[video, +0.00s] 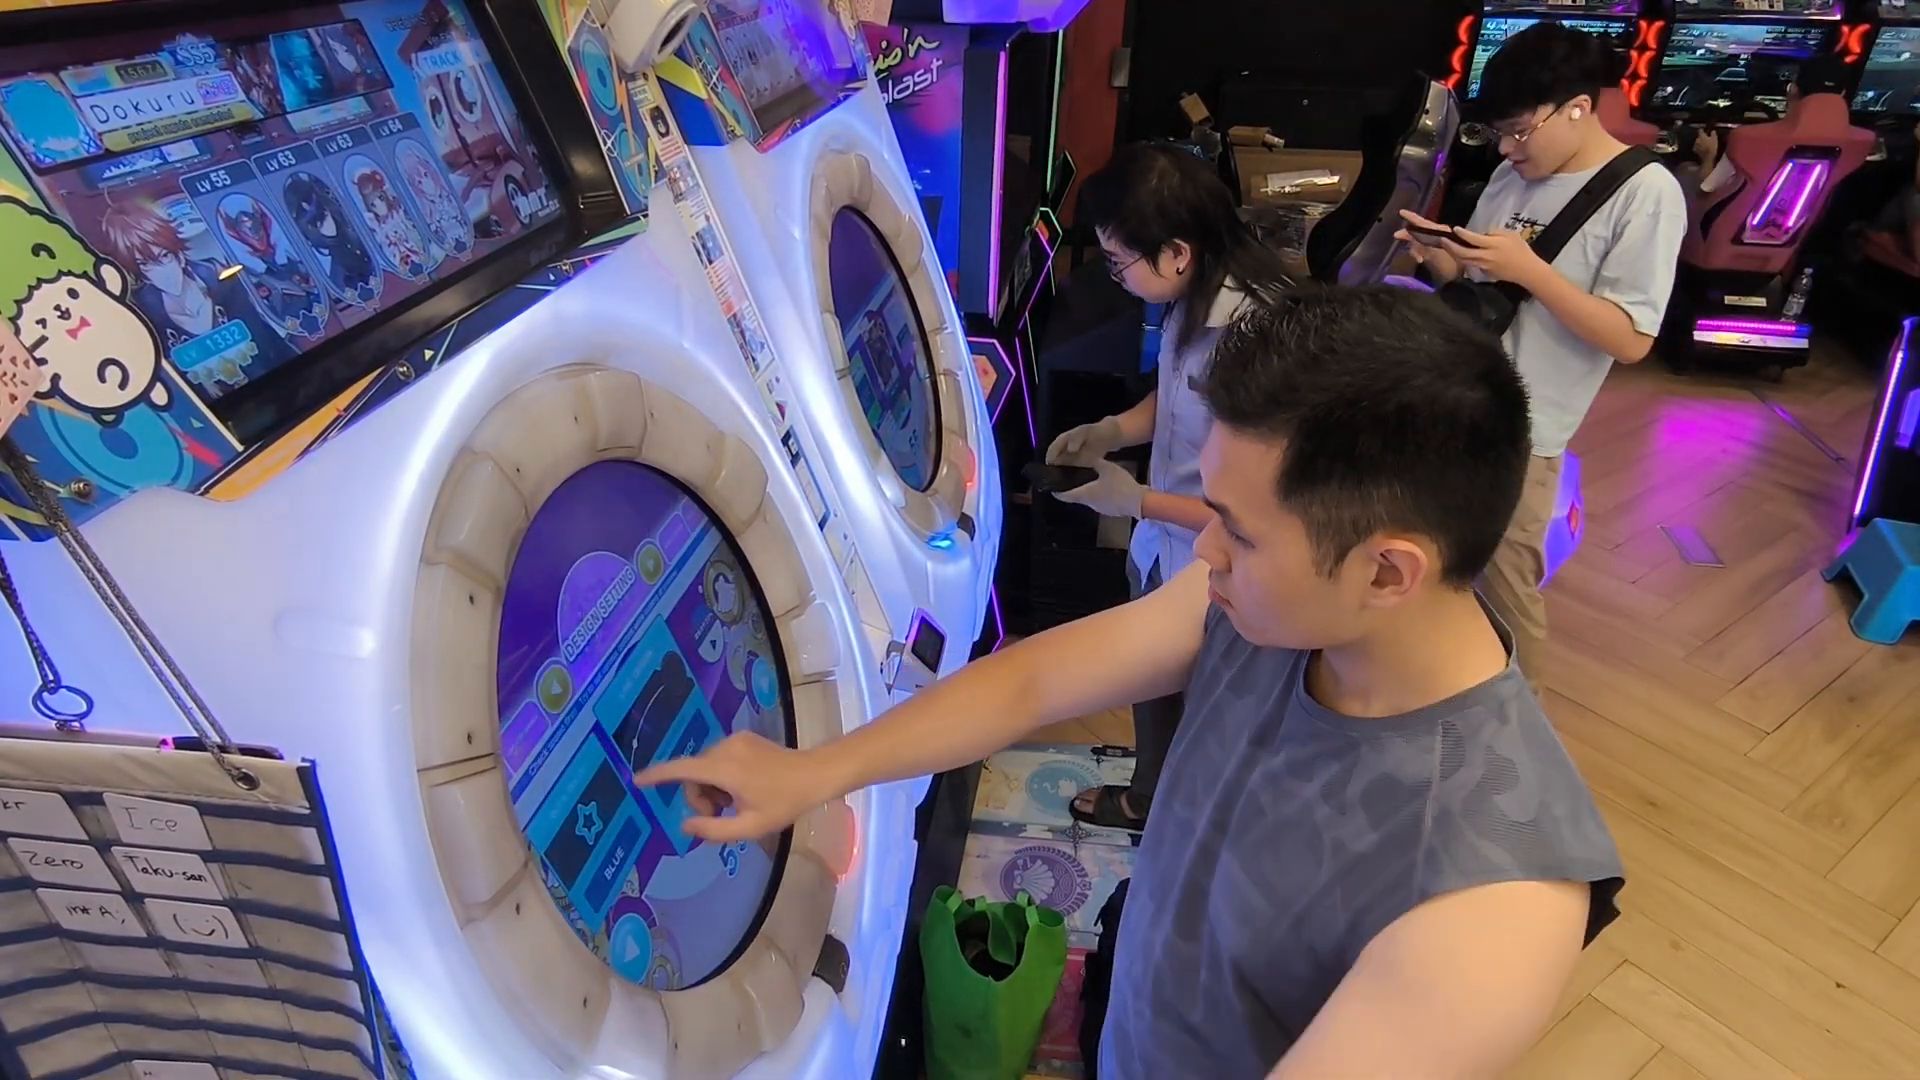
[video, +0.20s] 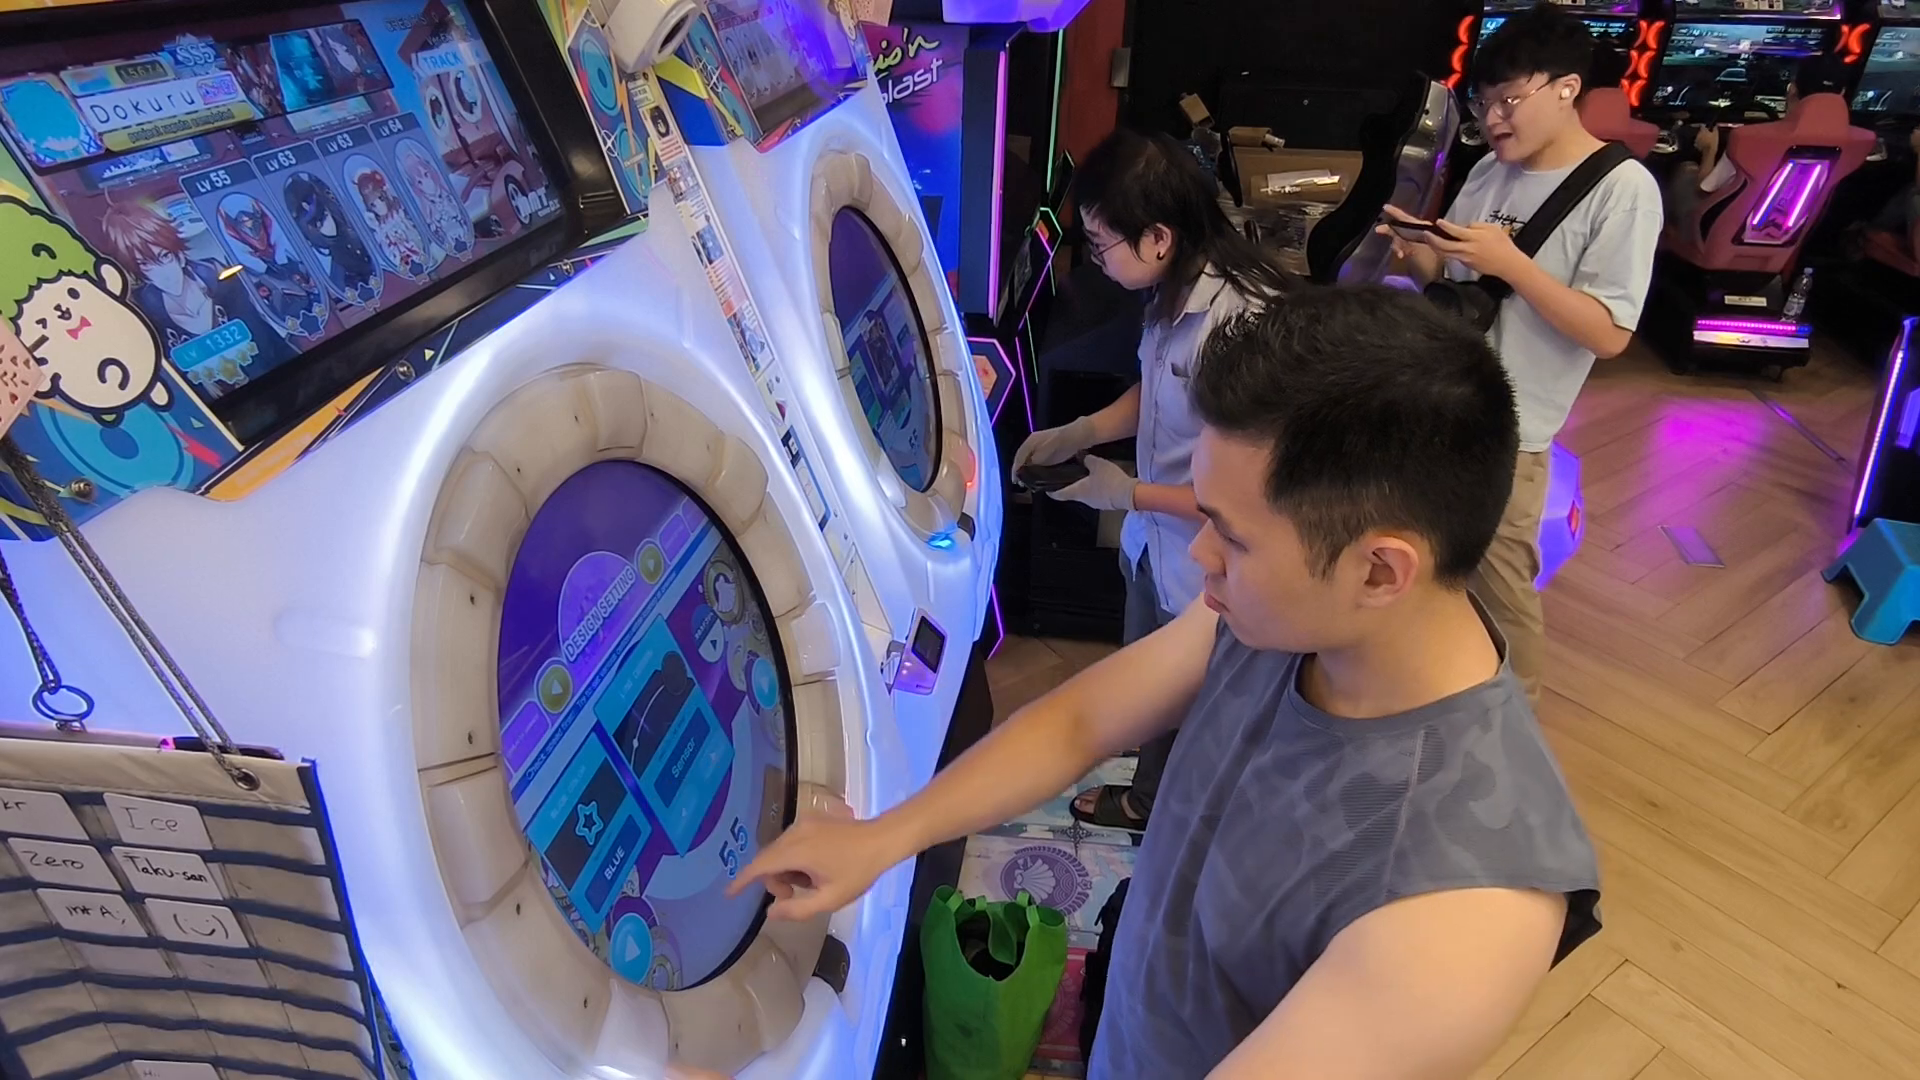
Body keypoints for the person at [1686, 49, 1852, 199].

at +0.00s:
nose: (1788, 88)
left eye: (1792, 83)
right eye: (1792, 82)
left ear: (1795, 91)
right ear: (1842, 97)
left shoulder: (1755, 141)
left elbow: (1704, 194)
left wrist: (1707, 157)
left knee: (1686, 171)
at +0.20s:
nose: (1787, 89)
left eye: (1790, 83)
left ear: (1793, 90)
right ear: (1841, 95)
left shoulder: (1758, 140)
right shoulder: (1840, 151)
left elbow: (1706, 187)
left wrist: (1708, 149)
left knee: (1685, 170)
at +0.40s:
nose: (1788, 88)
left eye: (1791, 83)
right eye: (1792, 81)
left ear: (1793, 91)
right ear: (1840, 96)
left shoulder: (1756, 140)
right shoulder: (1837, 151)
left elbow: (1707, 185)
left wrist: (1708, 151)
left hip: (1719, 246)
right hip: (1774, 254)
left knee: (1686, 171)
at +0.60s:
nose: (1788, 88)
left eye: (1791, 83)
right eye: (1792, 82)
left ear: (1794, 90)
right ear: (1841, 96)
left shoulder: (1757, 140)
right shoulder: (1840, 152)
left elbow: (1706, 186)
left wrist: (1709, 151)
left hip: (1721, 244)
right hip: (1780, 249)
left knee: (1687, 170)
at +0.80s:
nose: (1787, 89)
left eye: (1791, 84)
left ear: (1793, 90)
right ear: (1842, 95)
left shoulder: (1756, 141)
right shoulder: (1843, 152)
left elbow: (1707, 185)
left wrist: (1707, 152)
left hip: (1722, 246)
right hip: (1781, 251)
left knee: (1686, 171)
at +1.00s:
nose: (1787, 88)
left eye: (1790, 83)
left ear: (1792, 90)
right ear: (1841, 95)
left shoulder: (1756, 140)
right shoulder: (1844, 152)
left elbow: (1709, 183)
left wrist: (1709, 143)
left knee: (1687, 171)